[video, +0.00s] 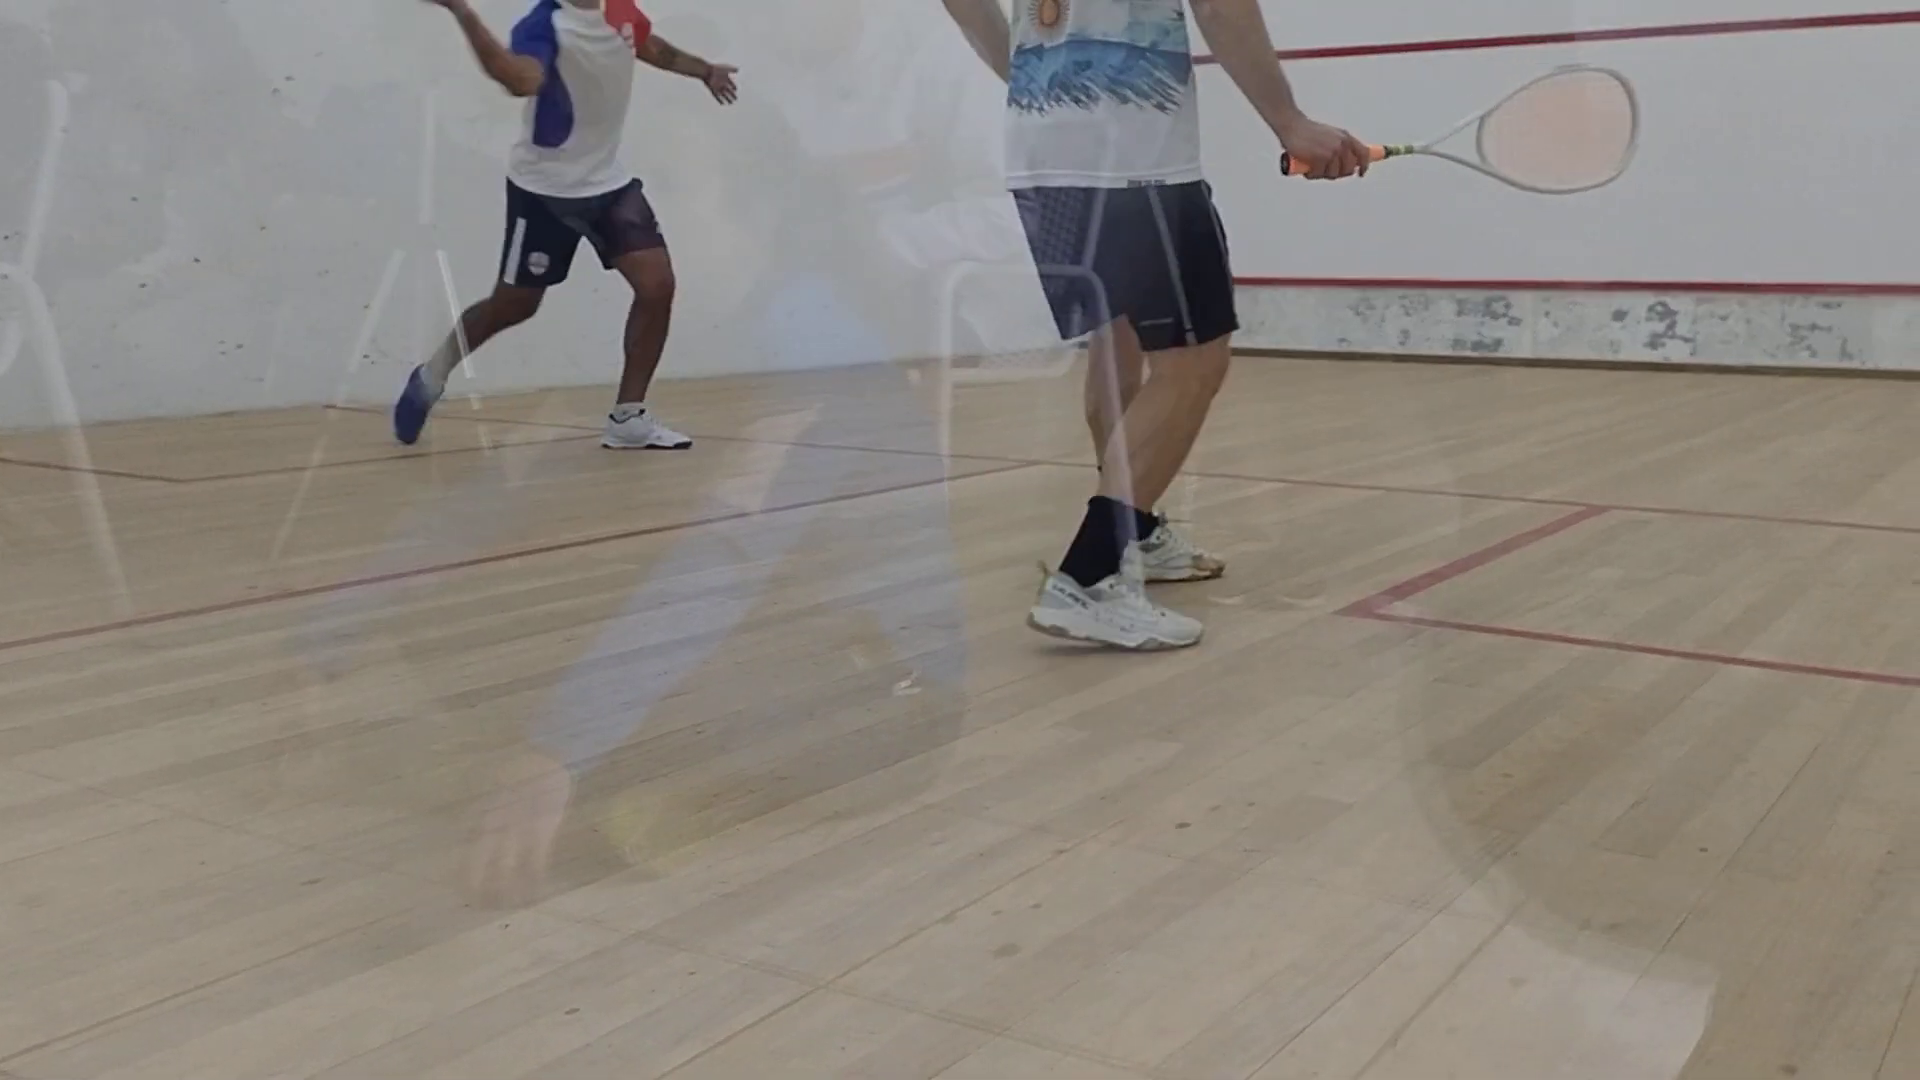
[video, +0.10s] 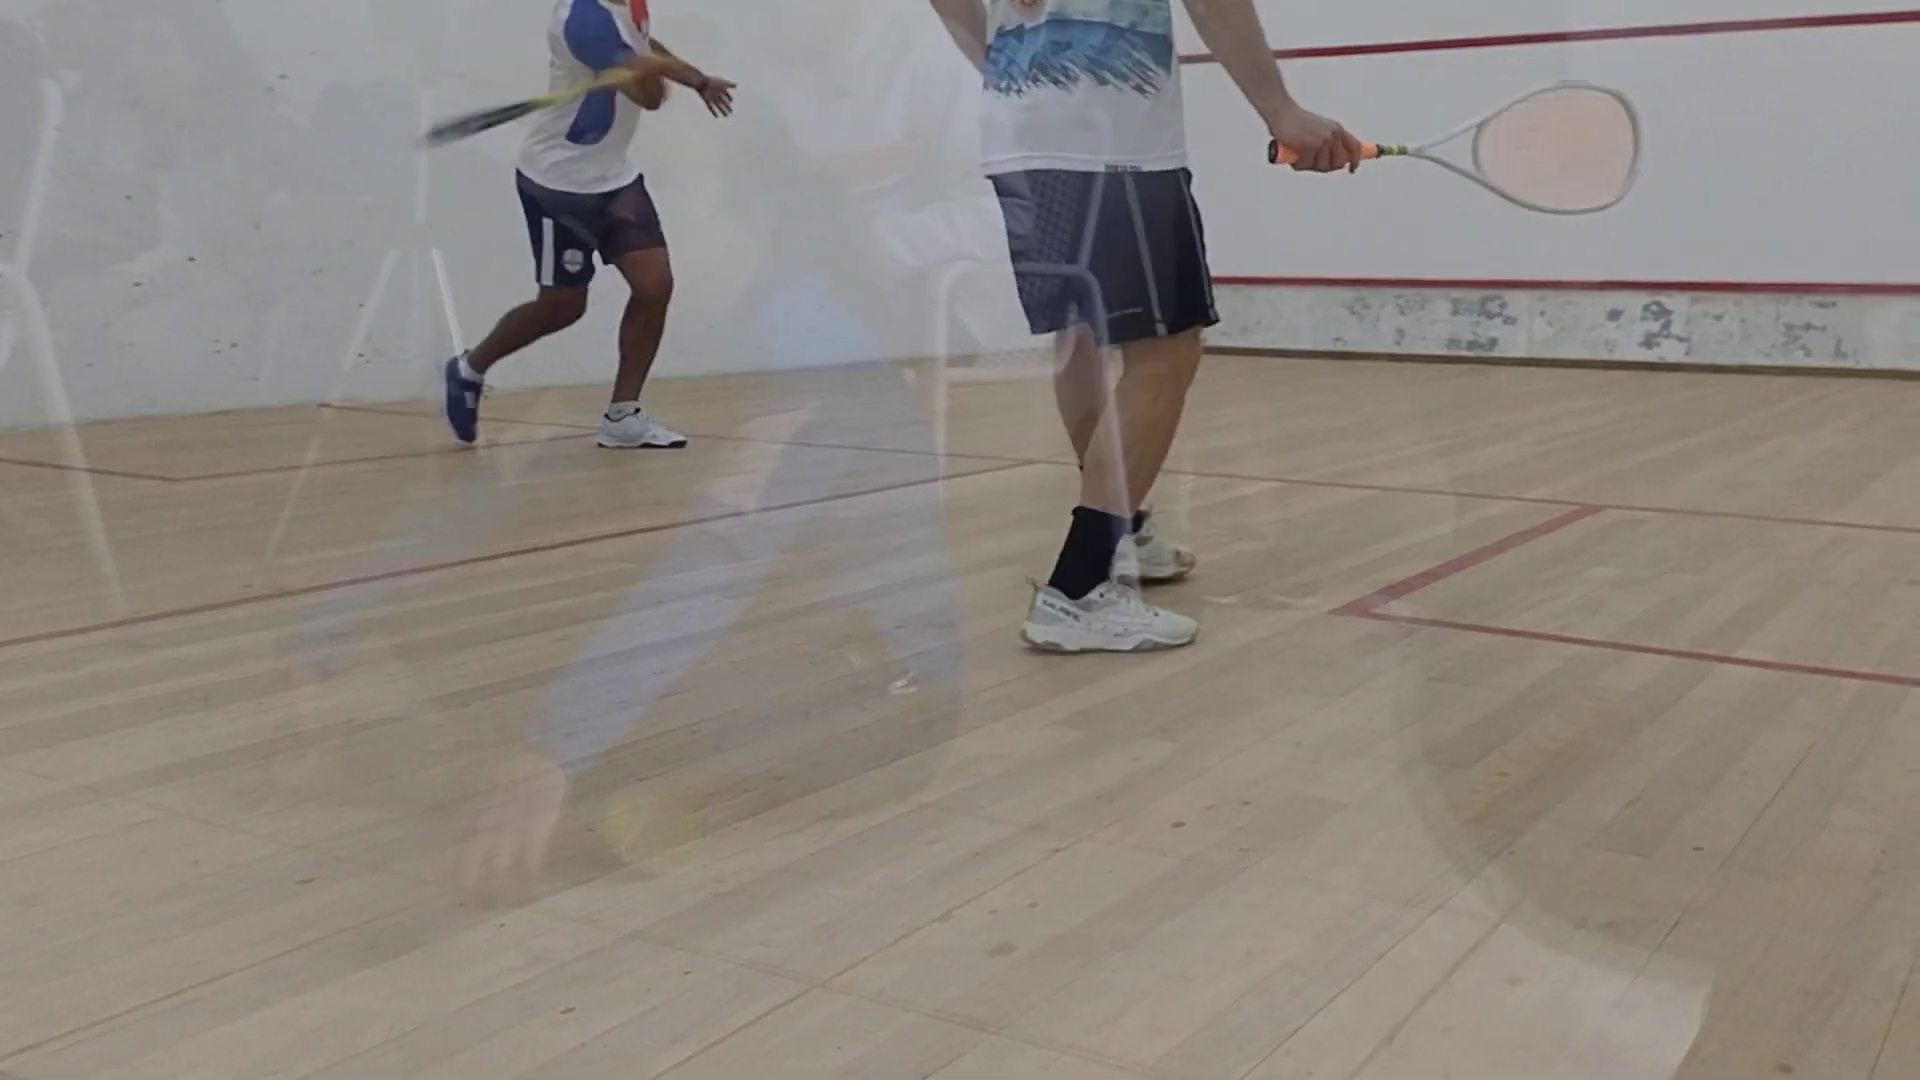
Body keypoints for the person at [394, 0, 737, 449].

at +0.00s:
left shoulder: (624, 13)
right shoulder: (543, 24)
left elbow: (653, 49)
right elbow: (522, 80)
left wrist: (705, 70)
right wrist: (463, 12)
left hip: (607, 181)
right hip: (542, 186)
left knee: (657, 286)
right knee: (516, 302)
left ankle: (627, 416)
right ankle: (430, 377)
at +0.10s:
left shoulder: (629, 7)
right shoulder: (586, 18)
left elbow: (646, 48)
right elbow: (649, 96)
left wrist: (698, 80)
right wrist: (649, 63)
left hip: (613, 171)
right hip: (556, 177)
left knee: (654, 288)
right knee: (562, 305)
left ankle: (622, 415)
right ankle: (467, 370)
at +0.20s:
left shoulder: (640, 6)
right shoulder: (613, 12)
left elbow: (642, 58)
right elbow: (680, 101)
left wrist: (692, 89)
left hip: (620, 162)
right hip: (568, 168)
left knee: (647, 286)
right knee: (605, 294)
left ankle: (617, 413)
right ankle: (512, 378)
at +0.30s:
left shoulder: (608, 4)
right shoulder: (650, 12)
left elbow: (595, 69)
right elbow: (676, 114)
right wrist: (714, 210)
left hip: (611, 159)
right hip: (597, 162)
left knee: (643, 286)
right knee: (645, 285)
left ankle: (611, 413)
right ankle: (553, 397)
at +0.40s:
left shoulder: (612, 3)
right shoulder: (663, 11)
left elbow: (579, 42)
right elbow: (661, 113)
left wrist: (615, 111)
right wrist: (687, 214)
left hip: (593, 154)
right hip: (617, 158)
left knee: (640, 288)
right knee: (680, 285)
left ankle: (607, 413)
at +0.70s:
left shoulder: (610, 0)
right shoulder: (694, 4)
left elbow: (584, 46)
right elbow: (694, 59)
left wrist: (605, 135)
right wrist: (709, 160)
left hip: (608, 136)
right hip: (668, 139)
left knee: (645, 264)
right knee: (713, 281)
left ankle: (603, 409)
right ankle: (694, 436)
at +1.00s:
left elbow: (596, 45)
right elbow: (697, 32)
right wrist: (747, 145)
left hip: (602, 124)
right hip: (686, 131)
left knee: (617, 290)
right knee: (707, 289)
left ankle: (599, 436)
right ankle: (691, 435)